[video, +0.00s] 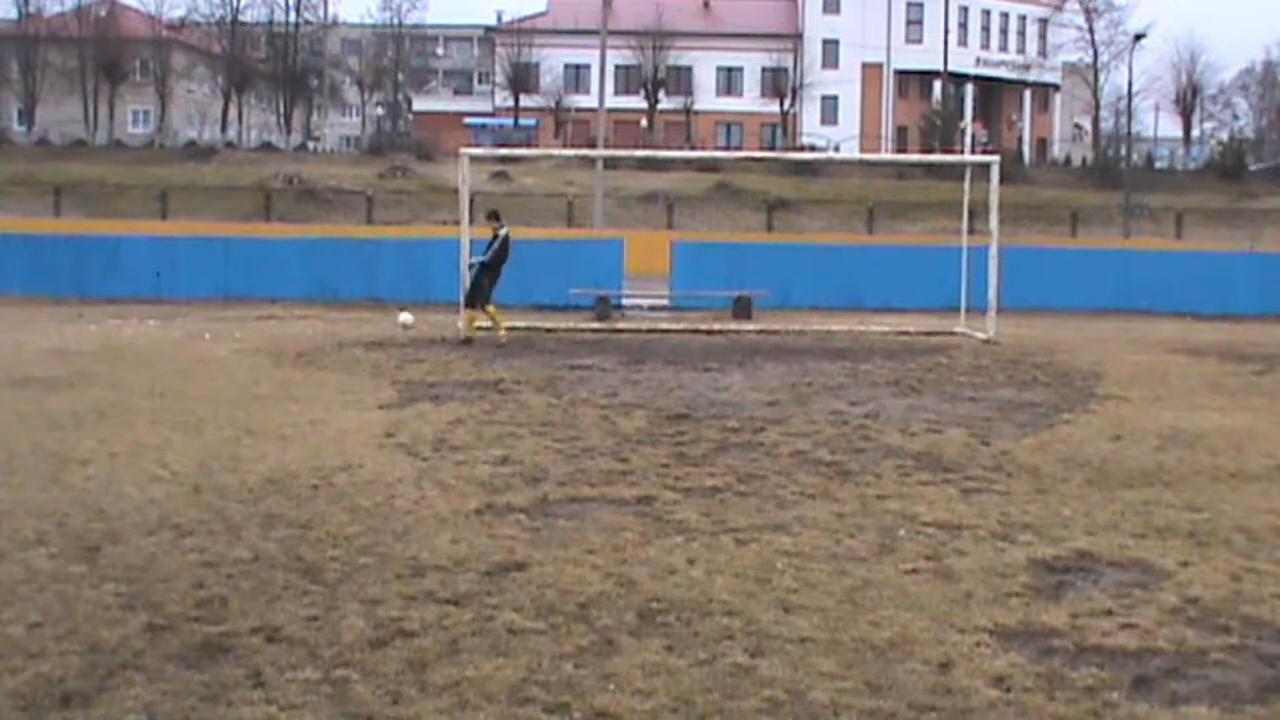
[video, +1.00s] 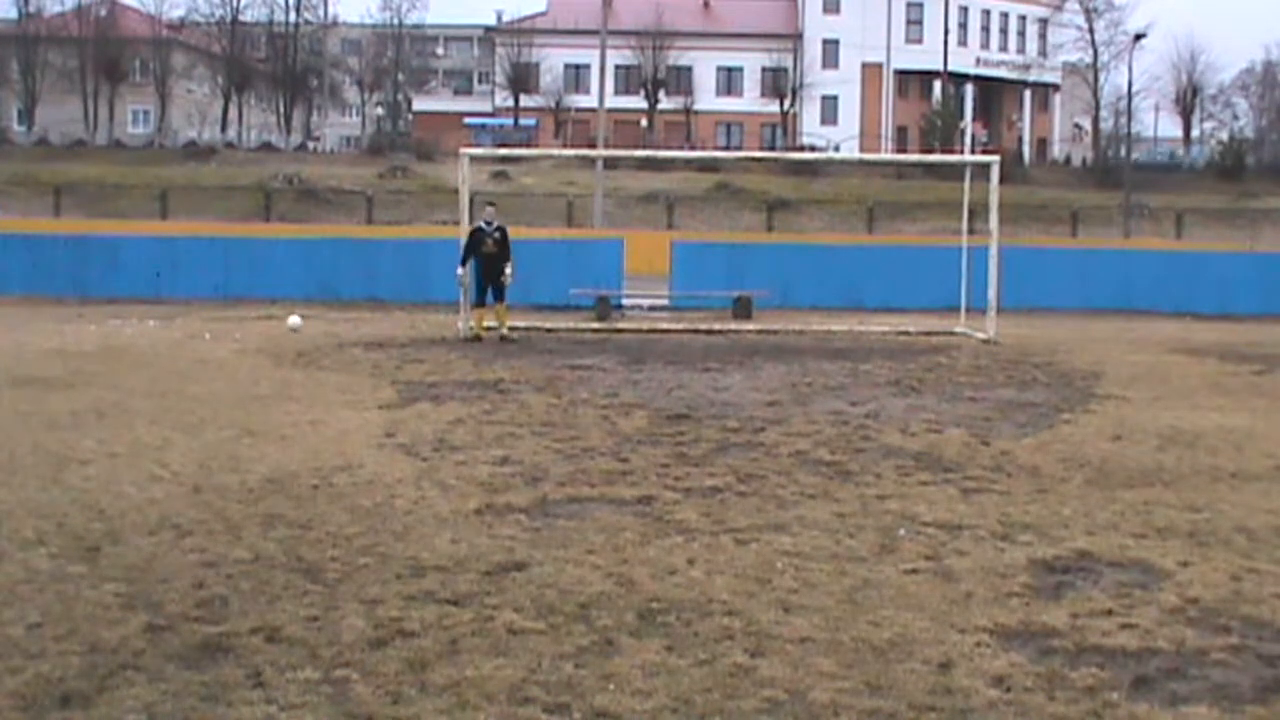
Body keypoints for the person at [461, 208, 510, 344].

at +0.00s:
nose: (490, 226)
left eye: (491, 223)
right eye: (489, 223)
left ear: (497, 222)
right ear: (491, 223)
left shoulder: (503, 237)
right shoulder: (496, 236)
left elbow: (490, 258)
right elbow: (487, 256)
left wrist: (473, 261)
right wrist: (474, 262)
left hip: (490, 274)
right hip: (482, 273)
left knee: (483, 303)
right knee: (471, 302)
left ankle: (501, 331)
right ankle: (468, 334)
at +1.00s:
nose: (489, 216)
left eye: (492, 213)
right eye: (487, 213)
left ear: (495, 214)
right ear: (483, 214)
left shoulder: (501, 231)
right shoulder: (476, 232)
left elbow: (506, 252)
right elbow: (468, 251)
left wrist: (508, 267)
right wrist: (462, 267)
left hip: (498, 270)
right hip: (481, 270)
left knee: (500, 300)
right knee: (479, 302)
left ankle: (503, 328)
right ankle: (477, 328)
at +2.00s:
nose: (564, 220)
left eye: (566, 217)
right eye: (562, 217)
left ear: (565, 218)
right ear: (557, 217)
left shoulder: (561, 232)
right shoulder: (550, 231)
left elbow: (562, 251)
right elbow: (543, 250)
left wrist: (566, 263)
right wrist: (544, 265)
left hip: (555, 268)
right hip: (546, 269)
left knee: (558, 300)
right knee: (547, 301)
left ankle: (539, 321)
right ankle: (545, 331)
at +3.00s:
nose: (642, 219)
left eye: (644, 215)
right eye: (639, 215)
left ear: (647, 217)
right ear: (635, 217)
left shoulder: (648, 234)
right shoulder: (632, 234)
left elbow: (654, 252)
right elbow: (629, 256)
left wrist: (665, 261)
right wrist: (629, 274)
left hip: (645, 271)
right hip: (637, 272)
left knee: (643, 305)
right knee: (642, 307)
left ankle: (621, 324)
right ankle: (649, 339)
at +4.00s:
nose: (698, 252)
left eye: (701, 249)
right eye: (696, 249)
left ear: (704, 250)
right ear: (692, 250)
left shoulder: (710, 261)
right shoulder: (685, 262)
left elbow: (723, 272)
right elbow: (673, 270)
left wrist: (718, 285)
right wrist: (682, 283)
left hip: (707, 287)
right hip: (691, 287)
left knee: (725, 308)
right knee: (683, 312)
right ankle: (684, 342)